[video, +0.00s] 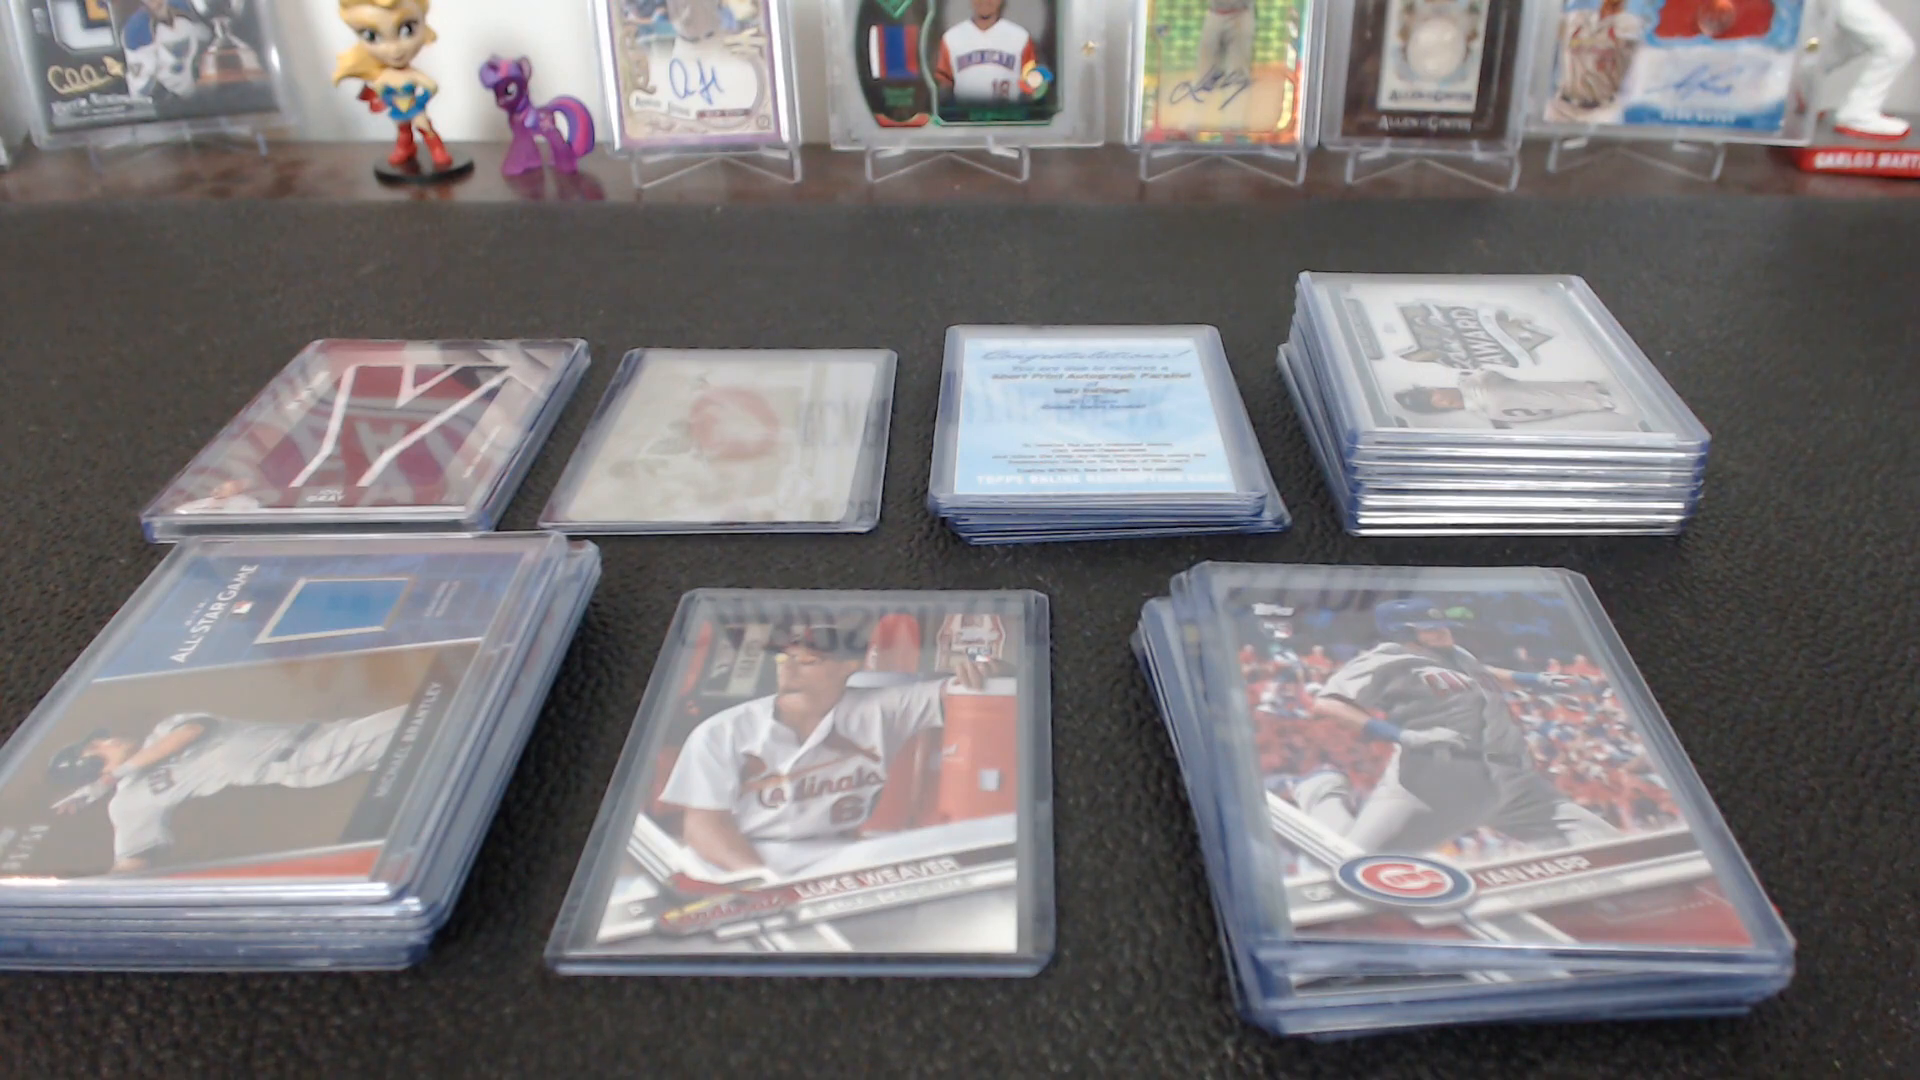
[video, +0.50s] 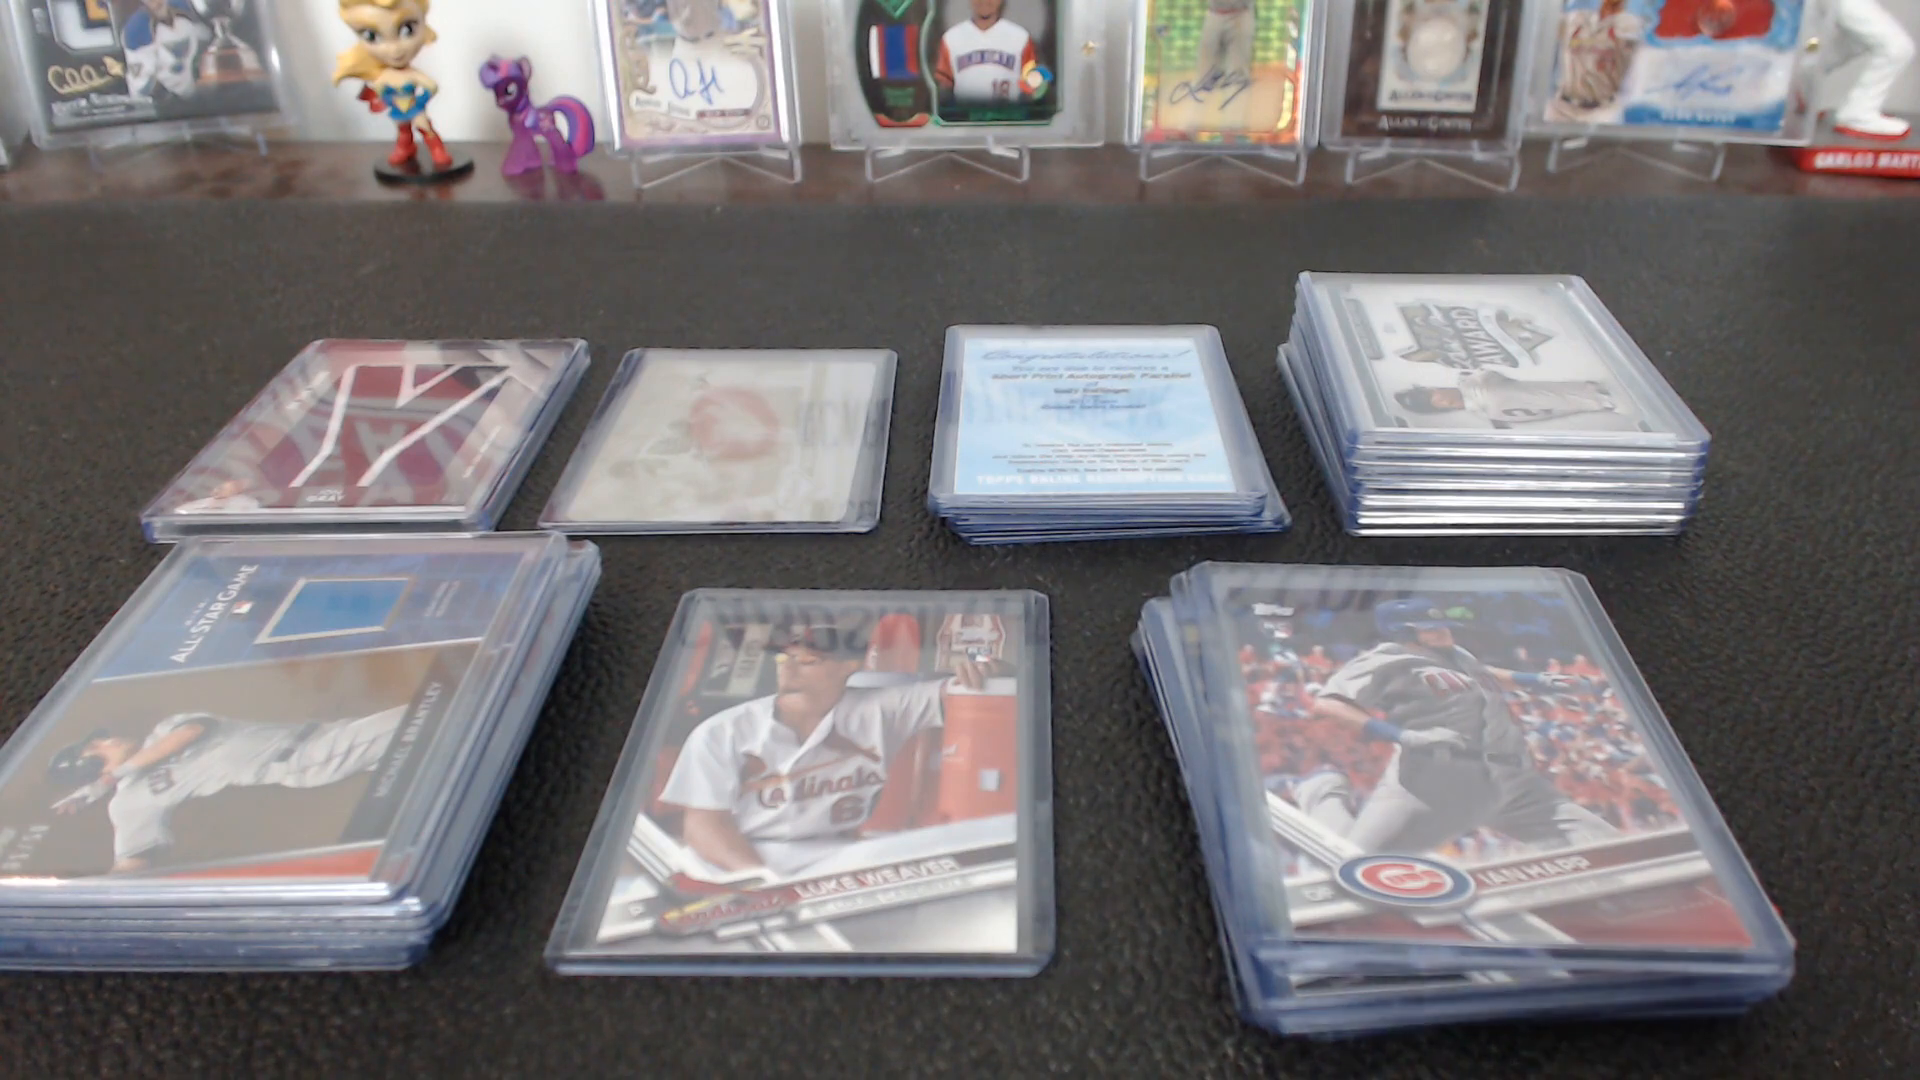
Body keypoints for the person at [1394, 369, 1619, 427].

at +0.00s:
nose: (1445, 400)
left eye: (1440, 395)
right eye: (1440, 403)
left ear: (1442, 388)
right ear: (1441, 407)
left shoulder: (1471, 380)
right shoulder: (1472, 408)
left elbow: (1497, 380)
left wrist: (1490, 399)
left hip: (1522, 390)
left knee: (1555, 395)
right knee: (1555, 404)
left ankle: (1593, 396)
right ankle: (1590, 398)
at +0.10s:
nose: (1445, 400)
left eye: (1440, 395)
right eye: (1440, 403)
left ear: (1442, 388)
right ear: (1441, 407)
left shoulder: (1471, 380)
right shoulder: (1472, 408)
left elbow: (1497, 380)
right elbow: (1495, 414)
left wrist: (1490, 399)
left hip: (1522, 390)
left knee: (1555, 395)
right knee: (1555, 404)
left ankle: (1593, 396)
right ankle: (1590, 398)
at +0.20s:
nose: (1445, 400)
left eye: (1440, 395)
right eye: (1440, 403)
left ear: (1442, 388)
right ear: (1441, 407)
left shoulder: (1471, 380)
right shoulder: (1472, 408)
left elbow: (1497, 380)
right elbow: (1495, 414)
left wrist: (1490, 399)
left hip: (1522, 390)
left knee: (1555, 395)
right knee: (1555, 404)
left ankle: (1593, 396)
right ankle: (1590, 398)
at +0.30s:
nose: (1445, 400)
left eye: (1440, 395)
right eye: (1440, 403)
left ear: (1442, 388)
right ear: (1441, 407)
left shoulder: (1471, 380)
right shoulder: (1472, 408)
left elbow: (1497, 380)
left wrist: (1490, 399)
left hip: (1523, 390)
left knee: (1554, 395)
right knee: (1555, 404)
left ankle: (1592, 395)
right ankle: (1591, 399)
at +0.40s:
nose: (1445, 400)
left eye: (1440, 395)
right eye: (1440, 403)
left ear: (1442, 388)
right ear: (1441, 407)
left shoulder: (1471, 380)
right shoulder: (1472, 408)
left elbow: (1497, 380)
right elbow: (1495, 415)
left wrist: (1490, 399)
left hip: (1523, 390)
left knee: (1555, 395)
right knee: (1555, 404)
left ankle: (1592, 395)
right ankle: (1591, 399)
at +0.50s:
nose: (1445, 400)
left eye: (1440, 395)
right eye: (1440, 403)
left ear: (1442, 388)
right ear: (1441, 407)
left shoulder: (1471, 380)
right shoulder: (1472, 407)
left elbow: (1496, 381)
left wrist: (1490, 400)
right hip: (1508, 410)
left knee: (1552, 396)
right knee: (1552, 404)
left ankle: (1593, 396)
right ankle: (1590, 399)